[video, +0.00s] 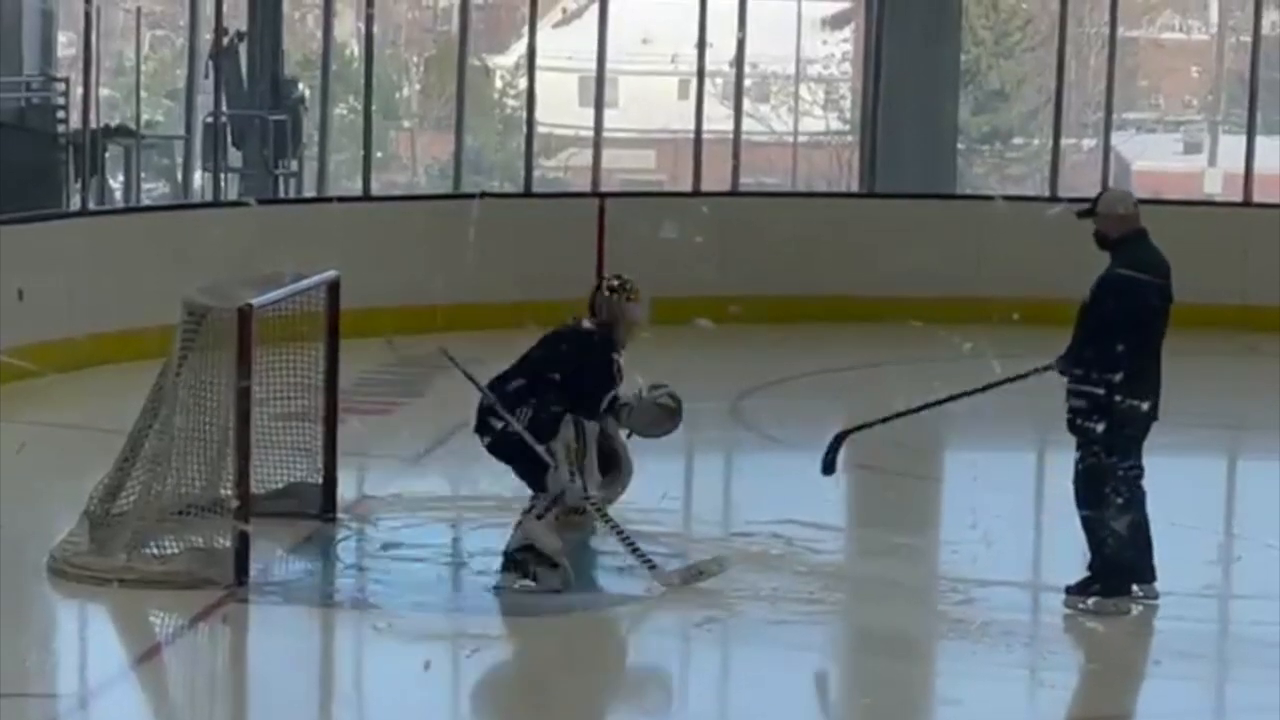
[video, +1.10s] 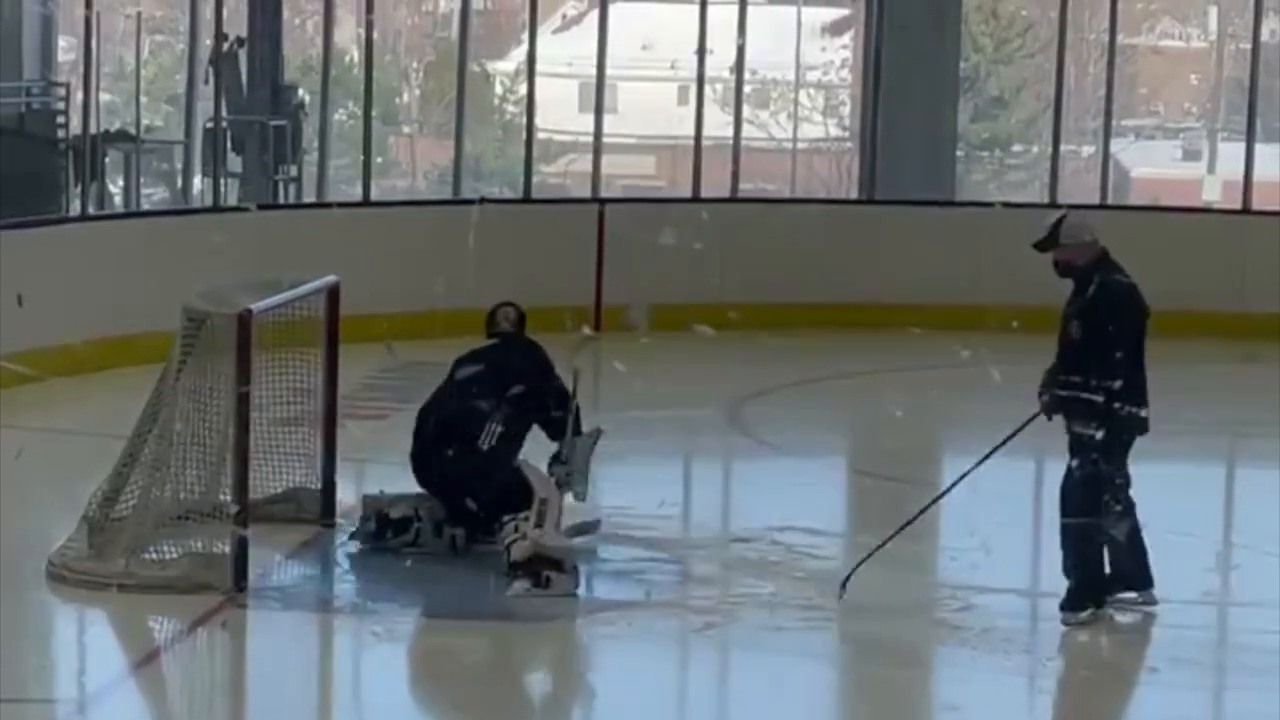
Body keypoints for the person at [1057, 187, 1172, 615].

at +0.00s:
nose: (1094, 230)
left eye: (1098, 223)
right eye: (1094, 222)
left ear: (1114, 224)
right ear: (1131, 221)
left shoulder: (1125, 271)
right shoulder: (1149, 263)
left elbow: (1108, 336)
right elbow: (1121, 332)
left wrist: (1074, 363)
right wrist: (1079, 357)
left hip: (1112, 399)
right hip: (1134, 395)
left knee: (1097, 486)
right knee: (1122, 483)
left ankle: (1112, 578)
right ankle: (1134, 572)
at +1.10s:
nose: (1055, 263)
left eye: (1059, 254)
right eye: (1053, 254)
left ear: (1079, 252)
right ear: (1080, 251)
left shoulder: (1114, 292)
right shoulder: (1088, 287)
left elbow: (1112, 366)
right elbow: (1074, 350)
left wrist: (1069, 396)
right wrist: (1054, 383)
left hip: (1110, 419)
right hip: (1089, 415)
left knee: (1079, 500)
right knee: (1109, 498)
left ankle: (1085, 591)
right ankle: (1133, 577)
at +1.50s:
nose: (1030, 262)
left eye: (1036, 256)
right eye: (1029, 255)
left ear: (1060, 254)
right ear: (1044, 254)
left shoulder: (1102, 298)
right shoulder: (1040, 287)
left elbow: (1105, 376)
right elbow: (1017, 345)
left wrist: (1090, 437)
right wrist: (983, 386)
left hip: (1077, 425)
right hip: (1038, 422)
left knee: (1056, 519)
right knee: (1054, 511)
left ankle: (1046, 615)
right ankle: (1075, 586)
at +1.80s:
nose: (1010, 264)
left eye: (1016, 256)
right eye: (1009, 256)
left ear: (1041, 256)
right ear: (1027, 255)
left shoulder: (1088, 305)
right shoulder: (1020, 293)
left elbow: (1093, 383)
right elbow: (987, 355)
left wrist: (1083, 441)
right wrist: (947, 395)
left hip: (1058, 440)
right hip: (1011, 435)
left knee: (1052, 535)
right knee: (1005, 527)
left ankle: (1045, 629)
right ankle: (1006, 601)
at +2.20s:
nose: (993, 275)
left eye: (999, 268)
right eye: (992, 268)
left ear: (1023, 266)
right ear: (1005, 267)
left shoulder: (1070, 315)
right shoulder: (1000, 306)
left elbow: (1071, 397)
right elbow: (975, 367)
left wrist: (1057, 463)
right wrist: (935, 410)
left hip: (1043, 462)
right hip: (994, 457)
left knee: (1043, 562)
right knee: (980, 554)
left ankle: (1044, 657)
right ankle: (967, 649)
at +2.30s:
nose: (985, 277)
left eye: (992, 270)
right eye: (985, 270)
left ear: (1018, 266)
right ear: (1000, 269)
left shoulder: (1065, 318)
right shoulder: (995, 311)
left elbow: (1067, 401)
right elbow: (974, 373)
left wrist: (1052, 466)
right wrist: (933, 416)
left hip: (1040, 467)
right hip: (989, 463)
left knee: (1039, 570)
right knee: (974, 560)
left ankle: (1042, 671)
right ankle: (958, 662)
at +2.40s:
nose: (978, 280)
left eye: (984, 272)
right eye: (978, 272)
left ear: (1008, 270)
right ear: (999, 270)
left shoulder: (1056, 318)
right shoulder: (990, 313)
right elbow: (977, 378)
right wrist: (937, 422)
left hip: (1037, 465)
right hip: (985, 460)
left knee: (1036, 565)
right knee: (969, 558)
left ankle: (1040, 664)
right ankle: (954, 656)